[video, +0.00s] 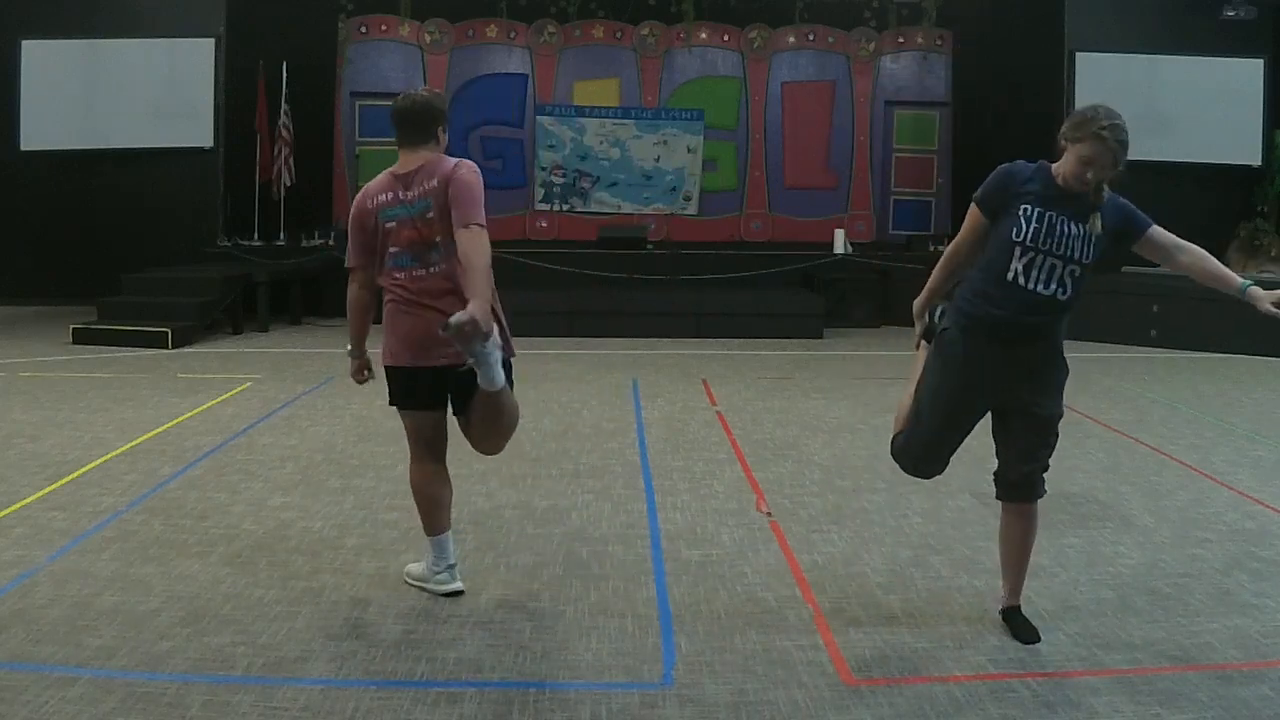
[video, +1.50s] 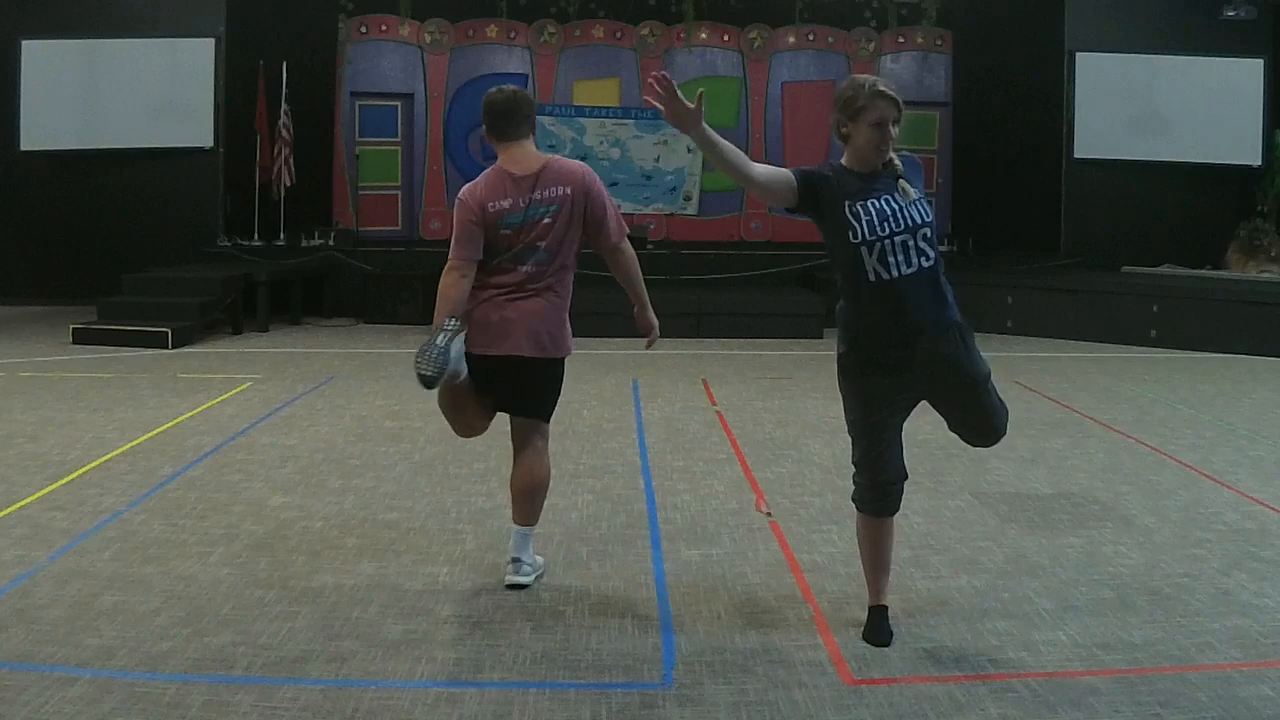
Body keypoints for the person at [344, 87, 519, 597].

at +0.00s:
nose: (448, 136)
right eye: (447, 131)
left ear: (395, 134)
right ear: (440, 133)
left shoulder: (369, 197)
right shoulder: (460, 174)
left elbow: (360, 280)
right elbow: (471, 238)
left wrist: (357, 347)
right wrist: (480, 305)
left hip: (407, 349)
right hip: (467, 339)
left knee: (426, 455)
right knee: (490, 439)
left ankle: (442, 565)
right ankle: (489, 353)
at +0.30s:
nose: (462, 138)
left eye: (457, 134)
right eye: (461, 133)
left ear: (407, 135)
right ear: (454, 133)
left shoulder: (376, 190)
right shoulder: (476, 175)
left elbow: (368, 268)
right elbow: (501, 238)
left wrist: (370, 324)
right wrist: (529, 302)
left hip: (407, 340)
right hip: (473, 336)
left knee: (429, 449)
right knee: (493, 434)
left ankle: (442, 565)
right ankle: (521, 361)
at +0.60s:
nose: (486, 134)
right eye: (487, 126)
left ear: (437, 126)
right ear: (487, 128)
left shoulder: (405, 181)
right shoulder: (509, 187)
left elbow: (374, 249)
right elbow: (536, 266)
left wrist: (378, 294)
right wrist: (554, 320)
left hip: (428, 340)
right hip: (495, 339)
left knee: (441, 445)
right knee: (509, 423)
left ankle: (444, 564)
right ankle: (528, 538)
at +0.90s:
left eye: (467, 129)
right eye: (503, 125)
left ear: (461, 132)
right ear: (510, 128)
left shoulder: (447, 202)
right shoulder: (552, 172)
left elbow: (414, 274)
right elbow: (584, 234)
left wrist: (382, 335)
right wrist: (552, 283)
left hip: (461, 330)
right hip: (532, 334)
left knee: (424, 390)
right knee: (525, 440)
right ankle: (520, 559)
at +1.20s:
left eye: (462, 143)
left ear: (462, 144)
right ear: (507, 127)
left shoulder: (459, 207)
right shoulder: (566, 167)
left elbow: (435, 279)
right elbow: (611, 234)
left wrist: (409, 342)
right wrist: (620, 293)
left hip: (479, 321)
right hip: (546, 328)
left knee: (445, 356)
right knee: (532, 440)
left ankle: (420, 374)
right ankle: (520, 557)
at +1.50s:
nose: (486, 137)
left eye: (485, 130)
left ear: (487, 133)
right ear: (534, 125)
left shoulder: (475, 195)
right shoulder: (578, 178)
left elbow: (459, 270)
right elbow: (617, 248)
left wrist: (437, 341)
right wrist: (642, 307)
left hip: (486, 336)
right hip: (546, 339)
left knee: (469, 425)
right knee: (531, 441)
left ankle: (445, 359)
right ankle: (521, 557)